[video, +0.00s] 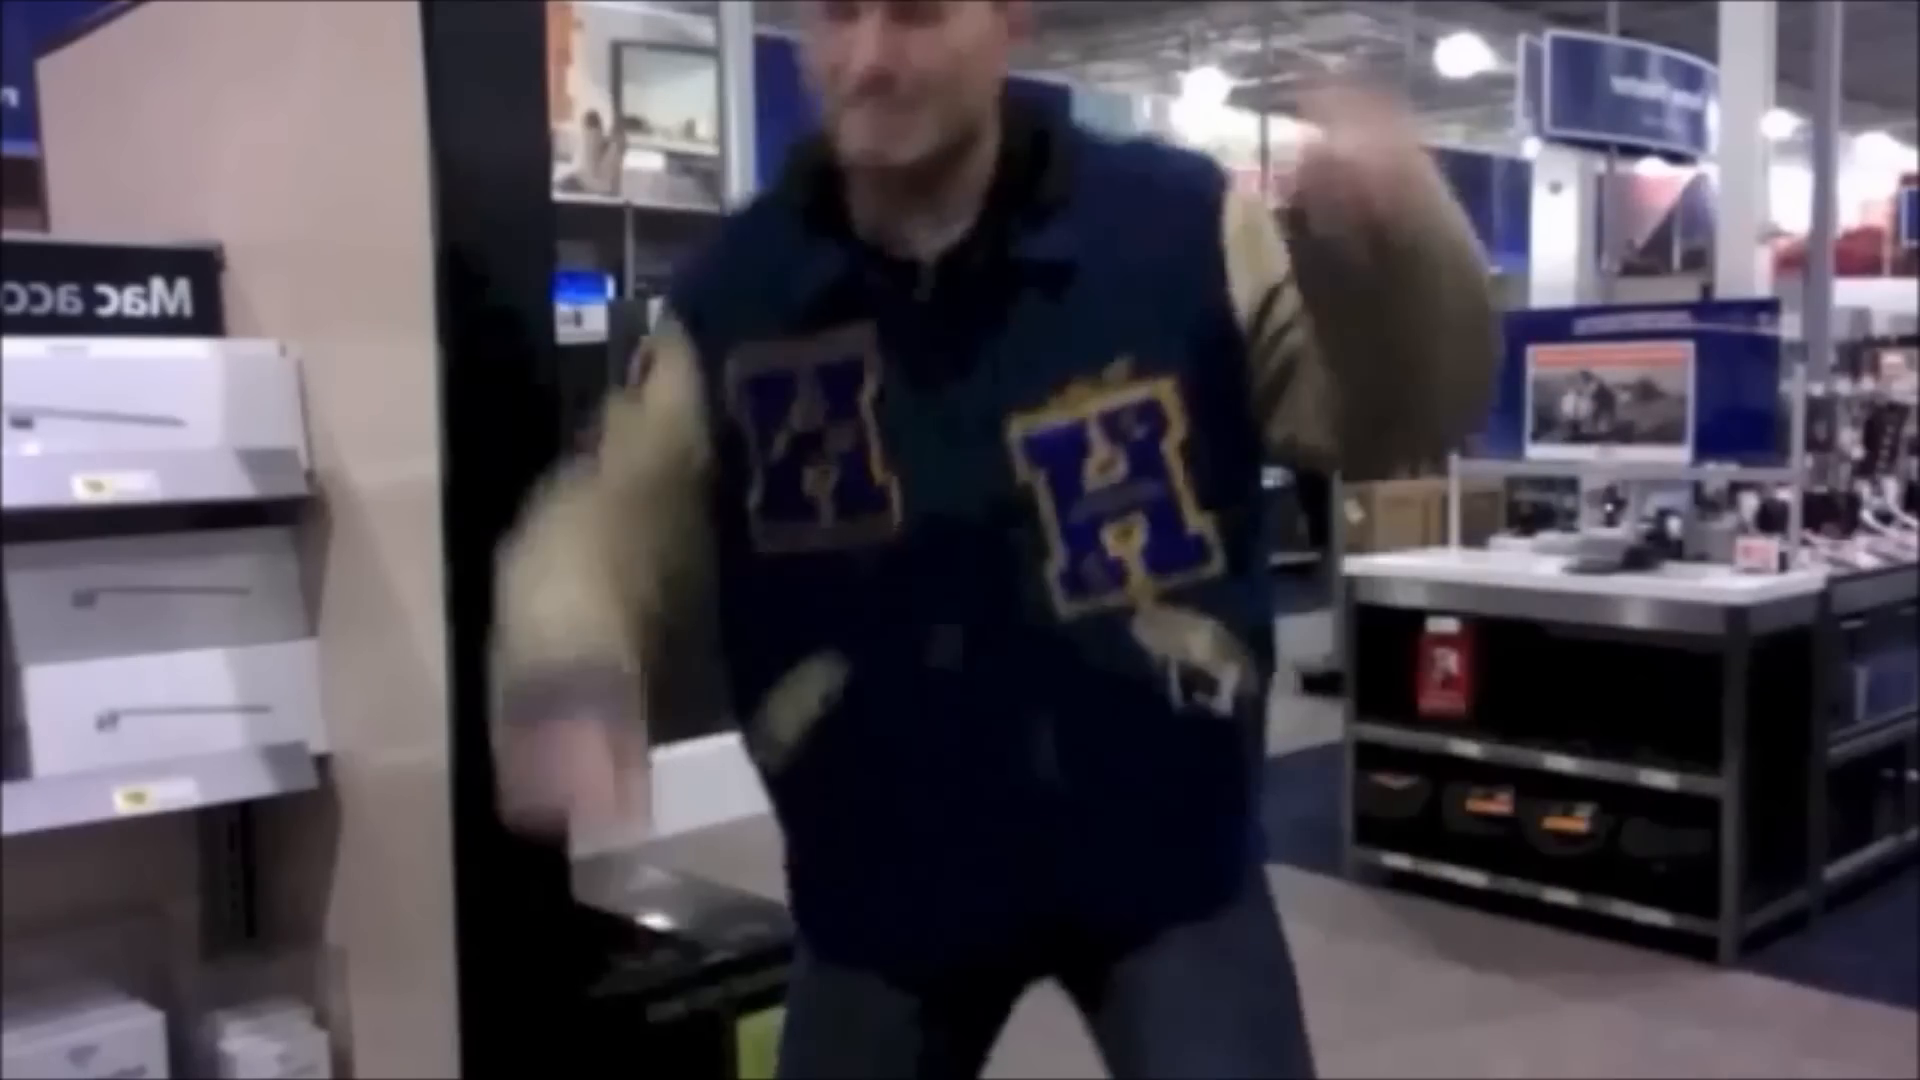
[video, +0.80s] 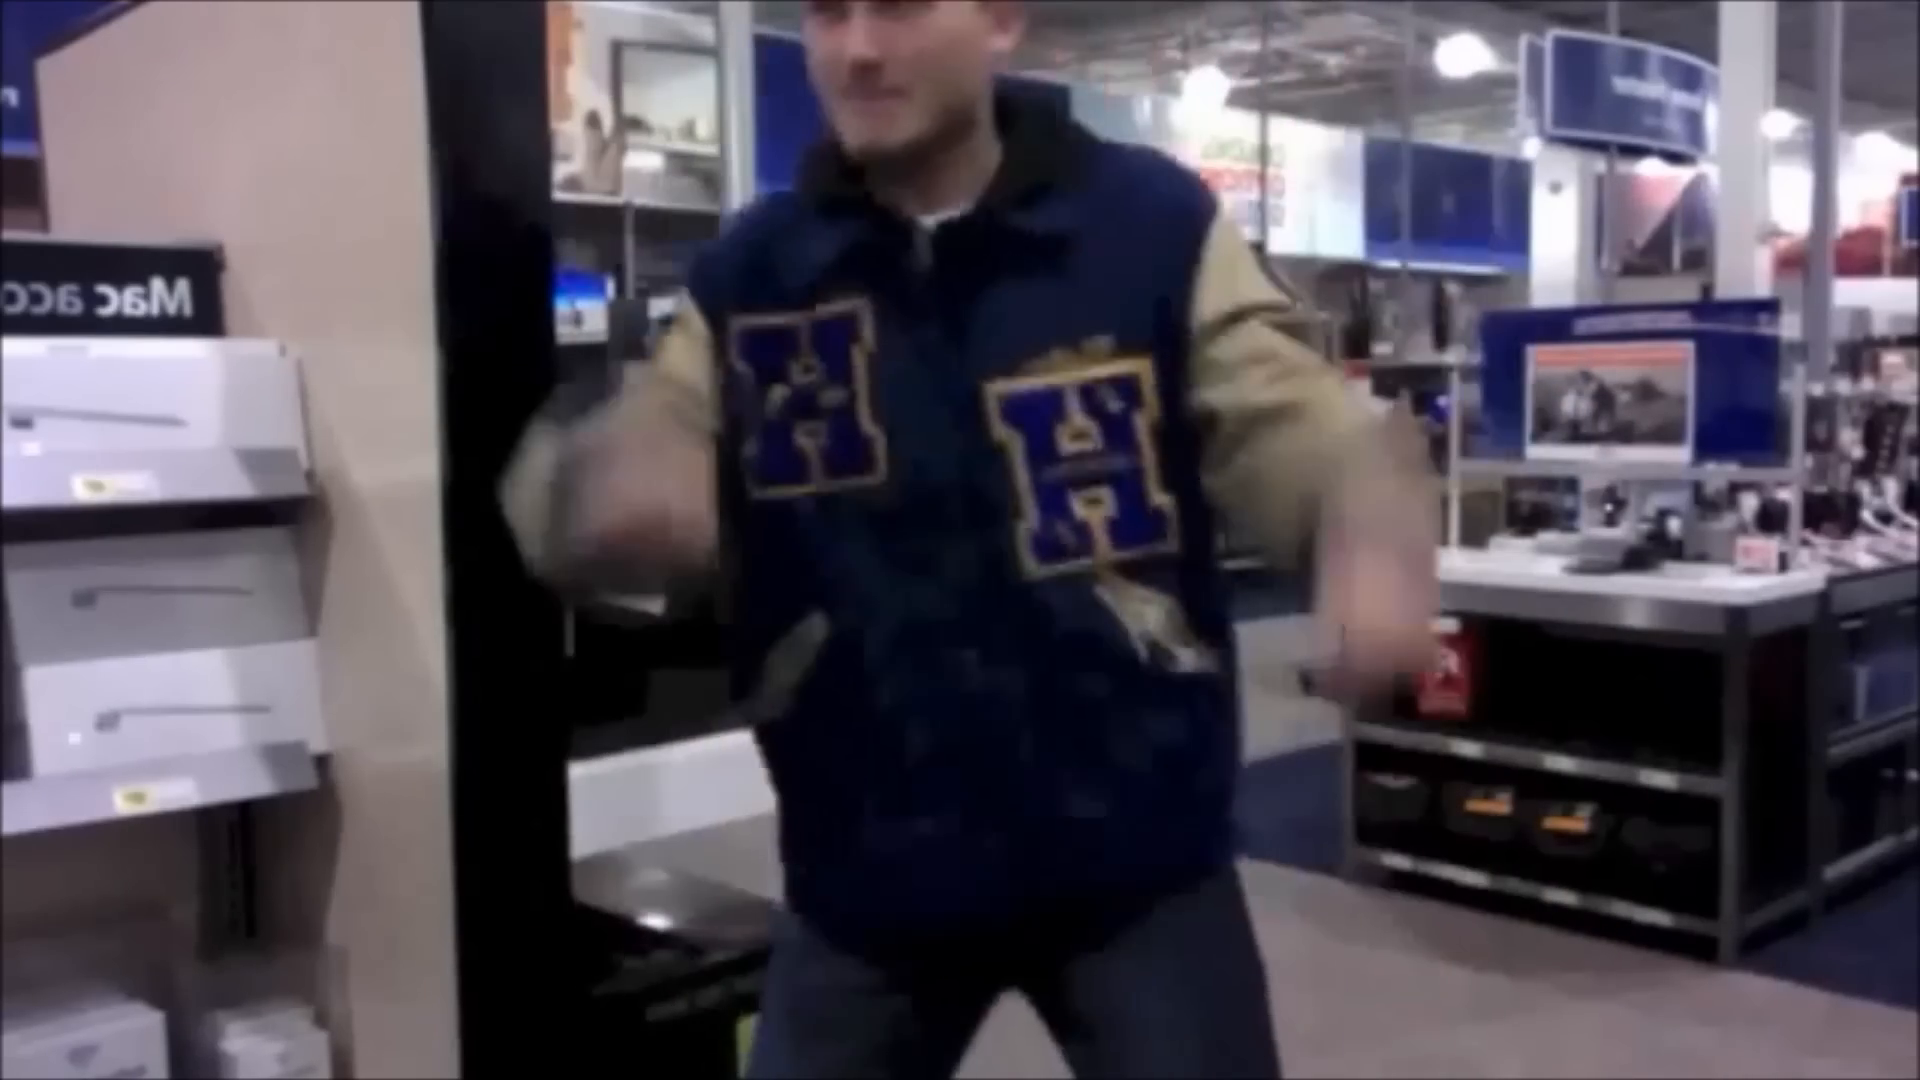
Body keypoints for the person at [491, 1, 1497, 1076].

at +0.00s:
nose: (871, 53)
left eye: (919, 12)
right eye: (841, 14)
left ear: (1009, 27)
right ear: (805, 39)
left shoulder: (1177, 220)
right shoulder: (743, 287)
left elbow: (1397, 422)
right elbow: (609, 518)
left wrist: (1394, 235)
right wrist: (566, 672)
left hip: (1158, 856)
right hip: (887, 877)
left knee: (1239, 1067)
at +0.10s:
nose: (1020, 11)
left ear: (1121, 10)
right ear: (937, 13)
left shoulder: (1244, 211)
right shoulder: (818, 198)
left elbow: (1362, 464)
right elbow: (667, 366)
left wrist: (1449, 674)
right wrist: (570, 367)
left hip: (1158, 838)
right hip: (897, 836)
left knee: (1232, 1064)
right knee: (830, 1060)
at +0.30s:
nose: (1100, 46)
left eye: (1147, 10)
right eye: (1072, 9)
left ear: (1236, 35)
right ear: (1037, 31)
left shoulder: (1337, 299)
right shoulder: (912, 258)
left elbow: (1417, 532)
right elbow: (707, 422)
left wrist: (1407, 682)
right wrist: (764, 236)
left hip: (1213, 892)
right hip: (947, 879)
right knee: (822, 1063)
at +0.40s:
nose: (1064, 19)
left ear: (1207, 19)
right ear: (1002, 15)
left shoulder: (1328, 250)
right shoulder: (896, 232)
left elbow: (1435, 520)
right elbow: (742, 490)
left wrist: (1432, 508)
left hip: (1214, 866)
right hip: (949, 857)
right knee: (823, 1068)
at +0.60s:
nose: (978, 100)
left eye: (1025, 54)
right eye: (949, 57)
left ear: (1125, 62)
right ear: (917, 73)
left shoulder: (1250, 296)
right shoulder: (854, 314)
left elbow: (1449, 452)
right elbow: (759, 616)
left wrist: (1372, 168)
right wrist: (753, 887)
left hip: (1190, 939)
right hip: (921, 940)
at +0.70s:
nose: (920, 100)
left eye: (963, 59)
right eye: (892, 64)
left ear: (1061, 78)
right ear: (863, 88)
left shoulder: (1192, 286)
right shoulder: (803, 321)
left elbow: (1405, 471)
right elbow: (690, 574)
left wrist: (1317, 214)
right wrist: (672, 800)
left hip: (1164, 906)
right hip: (899, 912)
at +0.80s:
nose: (858, 43)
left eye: (902, 6)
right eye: (831, 12)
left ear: (999, 26)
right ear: (802, 40)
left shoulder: (1143, 221)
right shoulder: (755, 270)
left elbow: (1281, 414)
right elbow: (615, 482)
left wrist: (1371, 512)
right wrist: (618, 499)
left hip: (1127, 845)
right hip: (872, 858)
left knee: (1208, 1060)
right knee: (806, 1065)